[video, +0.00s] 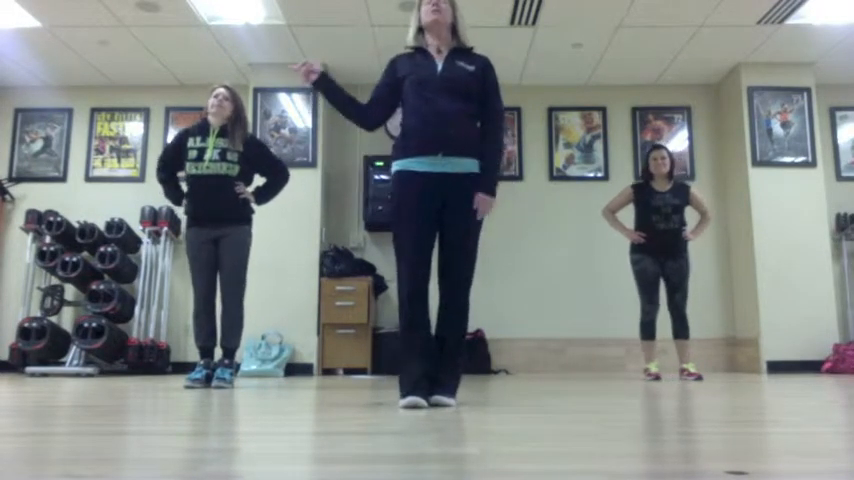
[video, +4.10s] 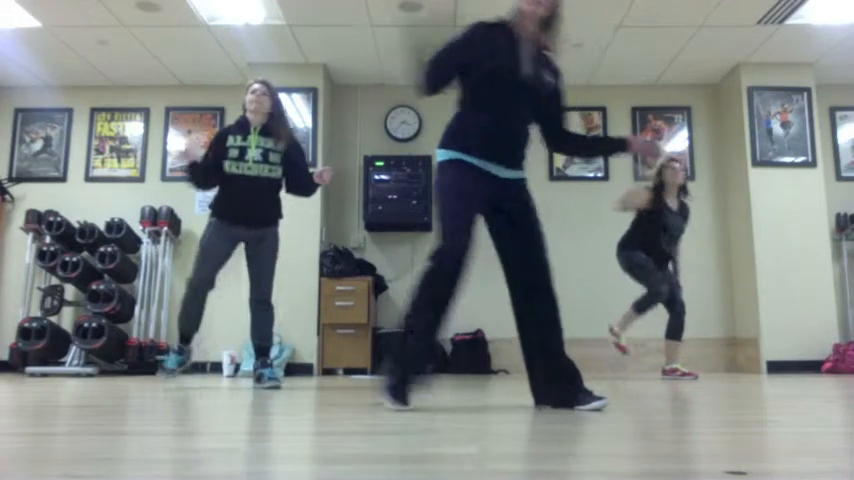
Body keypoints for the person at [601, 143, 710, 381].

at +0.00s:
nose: (660, 163)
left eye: (663, 158)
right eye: (655, 159)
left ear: (670, 162)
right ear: (648, 164)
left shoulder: (682, 189)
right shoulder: (638, 189)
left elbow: (706, 213)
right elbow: (607, 211)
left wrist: (693, 234)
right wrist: (627, 232)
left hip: (676, 253)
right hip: (645, 254)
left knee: (678, 307)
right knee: (649, 308)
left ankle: (685, 364)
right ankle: (650, 364)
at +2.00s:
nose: (648, 164)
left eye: (651, 160)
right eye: (643, 161)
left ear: (658, 163)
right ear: (636, 167)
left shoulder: (670, 190)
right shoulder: (627, 192)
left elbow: (695, 212)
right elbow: (600, 217)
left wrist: (684, 233)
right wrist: (620, 234)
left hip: (667, 252)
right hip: (639, 253)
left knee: (664, 308)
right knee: (645, 309)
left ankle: (662, 363)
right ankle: (649, 364)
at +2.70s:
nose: (635, 164)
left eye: (639, 161)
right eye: (631, 161)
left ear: (645, 166)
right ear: (622, 165)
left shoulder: (656, 194)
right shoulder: (612, 196)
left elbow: (675, 223)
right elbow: (606, 230)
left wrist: (690, 250)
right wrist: (613, 210)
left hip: (656, 255)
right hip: (626, 256)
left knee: (663, 308)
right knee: (627, 310)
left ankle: (663, 363)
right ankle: (616, 364)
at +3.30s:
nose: (638, 163)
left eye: (640, 160)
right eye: (633, 160)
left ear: (643, 166)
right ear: (622, 166)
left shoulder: (649, 194)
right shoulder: (611, 190)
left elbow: (656, 231)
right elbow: (615, 210)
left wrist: (671, 264)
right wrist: (626, 181)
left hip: (645, 256)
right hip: (619, 256)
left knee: (676, 299)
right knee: (619, 307)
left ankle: (672, 358)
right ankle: (615, 365)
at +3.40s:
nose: (647, 165)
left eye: (650, 161)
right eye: (642, 160)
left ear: (654, 166)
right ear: (634, 165)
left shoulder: (658, 201)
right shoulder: (626, 190)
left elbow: (661, 239)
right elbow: (622, 220)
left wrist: (678, 269)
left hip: (650, 257)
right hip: (626, 254)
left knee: (670, 306)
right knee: (626, 306)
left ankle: (670, 364)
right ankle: (615, 364)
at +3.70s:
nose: (681, 176)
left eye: (683, 172)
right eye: (674, 172)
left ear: (687, 179)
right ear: (664, 177)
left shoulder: (679, 211)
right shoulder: (655, 200)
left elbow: (668, 251)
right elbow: (630, 222)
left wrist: (680, 278)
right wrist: (649, 211)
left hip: (658, 263)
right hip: (636, 256)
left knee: (678, 307)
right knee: (656, 302)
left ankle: (671, 365)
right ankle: (610, 336)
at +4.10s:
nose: (676, 170)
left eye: (679, 167)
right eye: (671, 167)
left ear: (684, 177)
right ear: (661, 174)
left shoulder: (683, 208)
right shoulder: (651, 196)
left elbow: (674, 244)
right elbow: (622, 204)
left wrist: (676, 274)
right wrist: (636, 198)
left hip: (659, 260)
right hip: (633, 252)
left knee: (677, 307)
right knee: (660, 289)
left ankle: (671, 365)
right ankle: (618, 329)